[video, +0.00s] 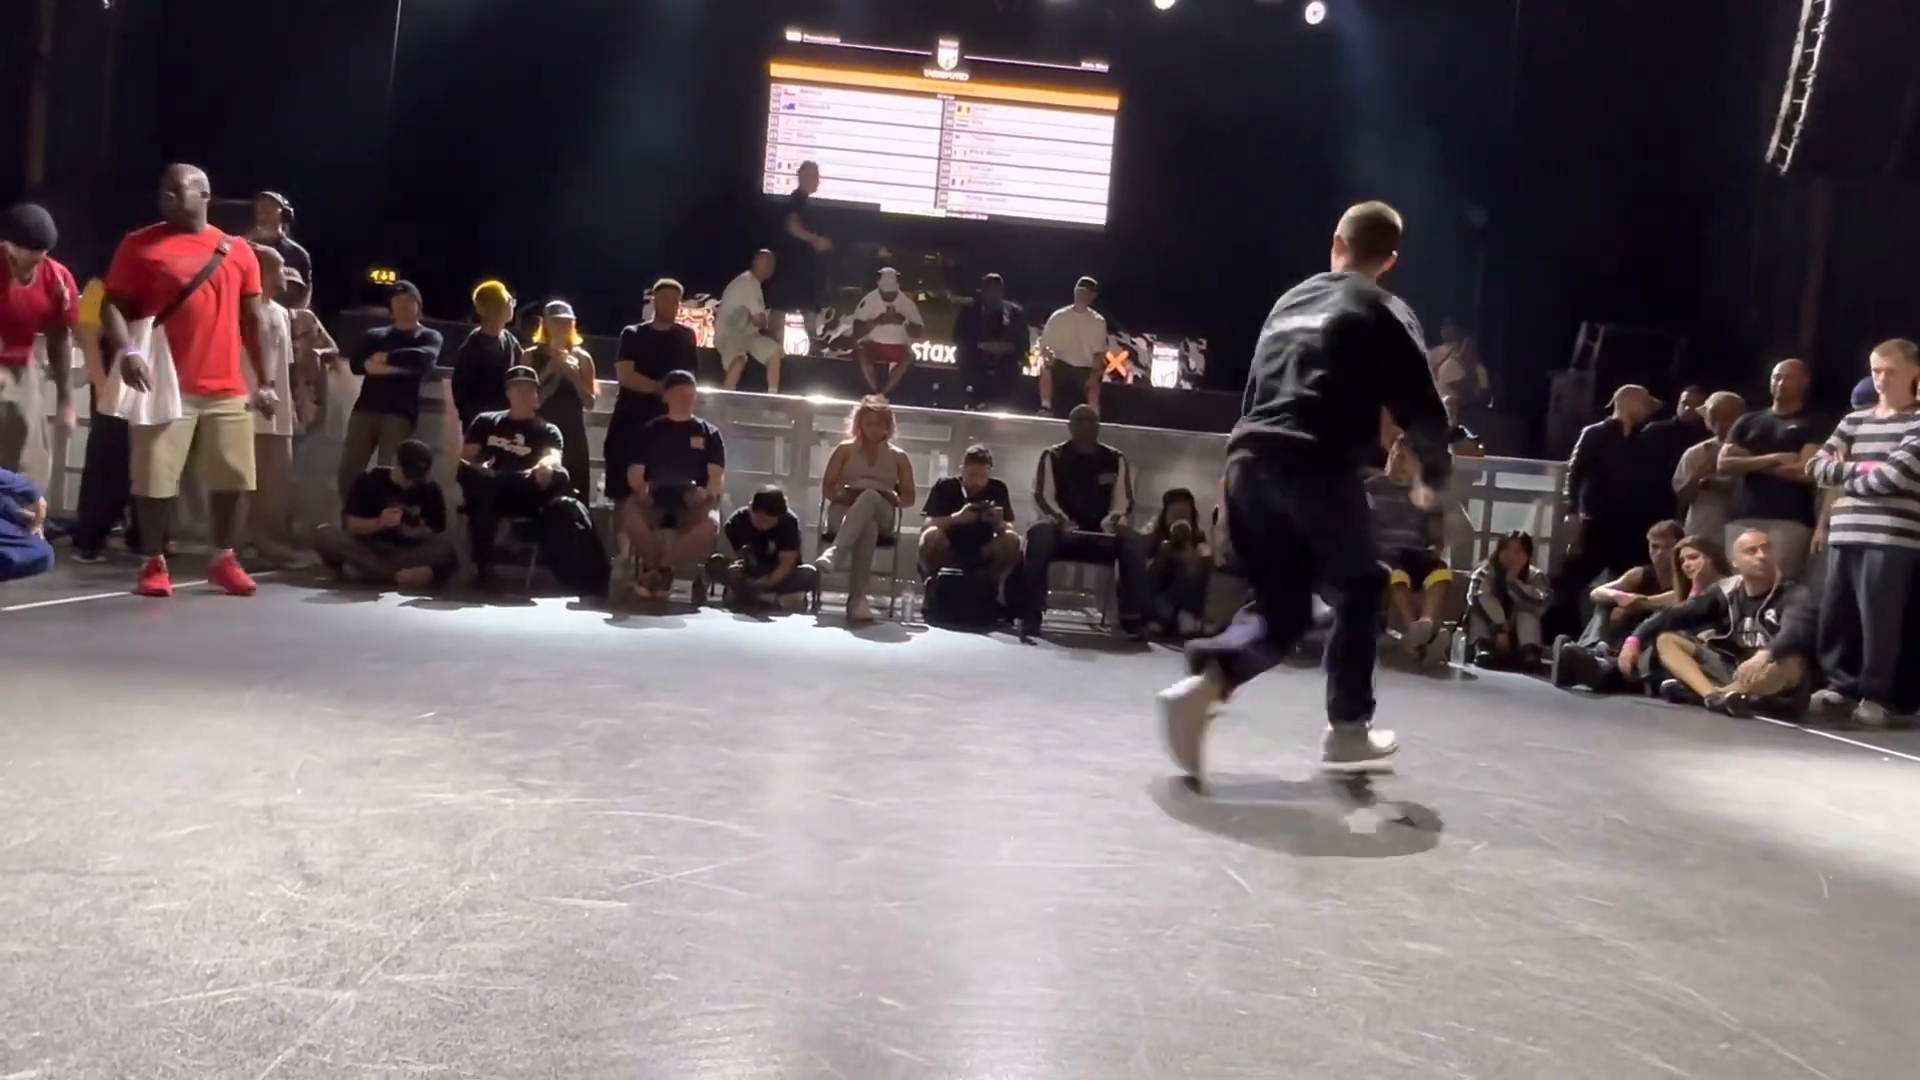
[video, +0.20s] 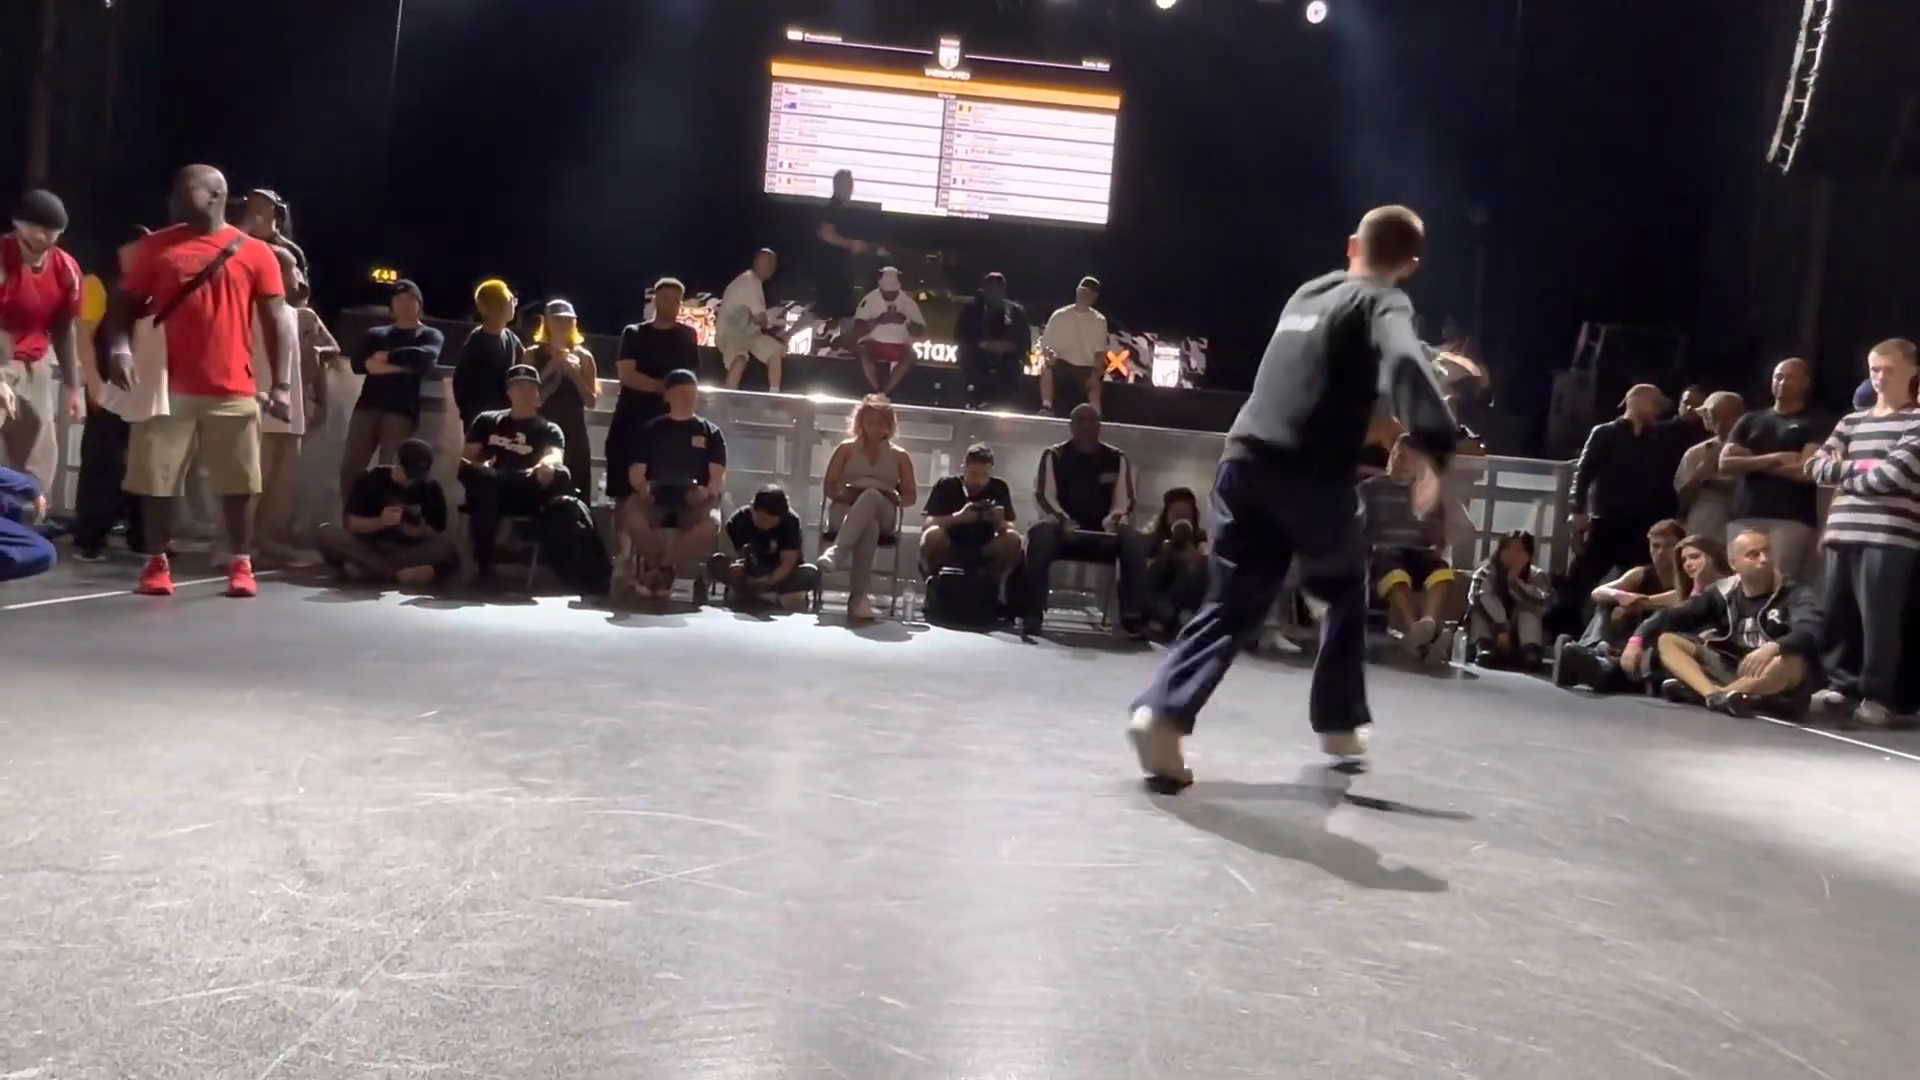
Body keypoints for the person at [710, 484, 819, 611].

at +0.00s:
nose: (763, 526)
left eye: (769, 522)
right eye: (760, 520)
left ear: (778, 516)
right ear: (751, 509)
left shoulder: (788, 522)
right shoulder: (734, 524)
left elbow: (788, 562)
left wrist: (768, 581)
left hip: (779, 570)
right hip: (750, 572)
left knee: (810, 573)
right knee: (715, 566)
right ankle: (777, 601)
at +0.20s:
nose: (765, 526)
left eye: (771, 522)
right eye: (762, 520)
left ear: (780, 516)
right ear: (753, 508)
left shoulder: (790, 521)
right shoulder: (736, 523)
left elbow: (789, 562)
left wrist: (769, 580)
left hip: (780, 568)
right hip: (752, 569)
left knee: (811, 573)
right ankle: (777, 600)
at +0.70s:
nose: (765, 525)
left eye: (770, 521)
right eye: (761, 519)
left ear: (779, 516)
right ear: (752, 508)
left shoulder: (790, 521)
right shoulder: (737, 522)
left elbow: (788, 563)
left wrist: (768, 580)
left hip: (779, 569)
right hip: (750, 570)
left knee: (811, 572)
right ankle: (777, 600)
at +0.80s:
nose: (762, 524)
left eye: (768, 521)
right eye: (759, 519)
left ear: (779, 516)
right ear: (752, 508)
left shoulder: (790, 522)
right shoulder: (735, 523)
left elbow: (787, 562)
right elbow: (743, 557)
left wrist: (769, 580)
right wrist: (736, 567)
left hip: (779, 568)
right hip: (751, 570)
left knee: (810, 573)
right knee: (715, 564)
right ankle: (777, 600)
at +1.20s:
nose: (761, 524)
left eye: (767, 521)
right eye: (759, 519)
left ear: (778, 517)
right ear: (752, 509)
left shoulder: (790, 522)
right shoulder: (736, 522)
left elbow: (788, 563)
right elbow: (741, 555)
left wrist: (769, 580)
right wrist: (736, 565)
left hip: (779, 568)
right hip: (751, 569)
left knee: (811, 573)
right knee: (715, 563)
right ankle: (776, 600)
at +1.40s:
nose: (760, 524)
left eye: (766, 521)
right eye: (758, 519)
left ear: (777, 518)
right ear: (752, 509)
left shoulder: (789, 523)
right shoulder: (736, 522)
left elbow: (787, 562)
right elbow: (738, 555)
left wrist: (769, 580)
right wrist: (735, 565)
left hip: (778, 569)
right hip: (750, 569)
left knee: (810, 573)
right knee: (715, 563)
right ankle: (775, 600)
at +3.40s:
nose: (757, 535)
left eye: (761, 531)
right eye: (753, 530)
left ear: (769, 525)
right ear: (744, 521)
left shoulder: (781, 530)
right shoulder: (726, 532)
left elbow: (778, 571)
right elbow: (731, 567)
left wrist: (759, 590)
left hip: (770, 577)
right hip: (741, 578)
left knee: (801, 581)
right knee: (705, 571)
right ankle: (765, 608)